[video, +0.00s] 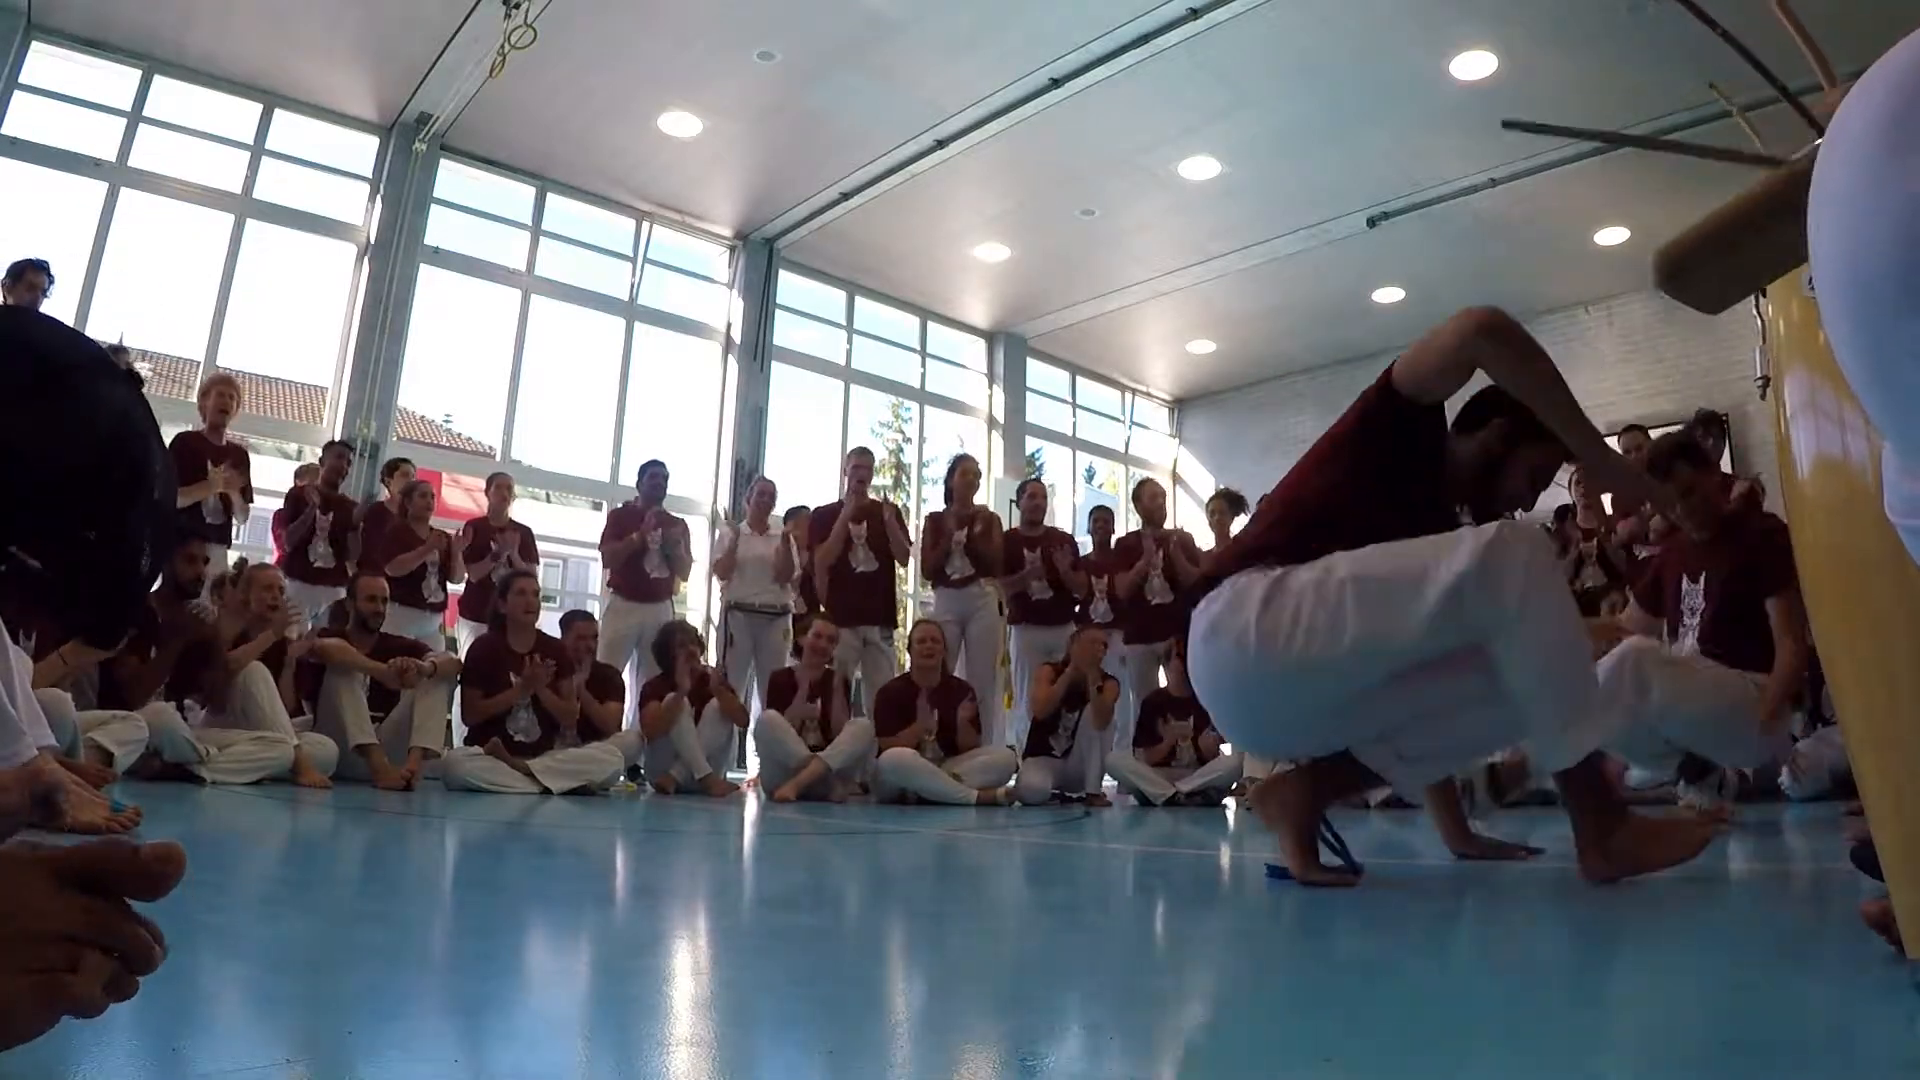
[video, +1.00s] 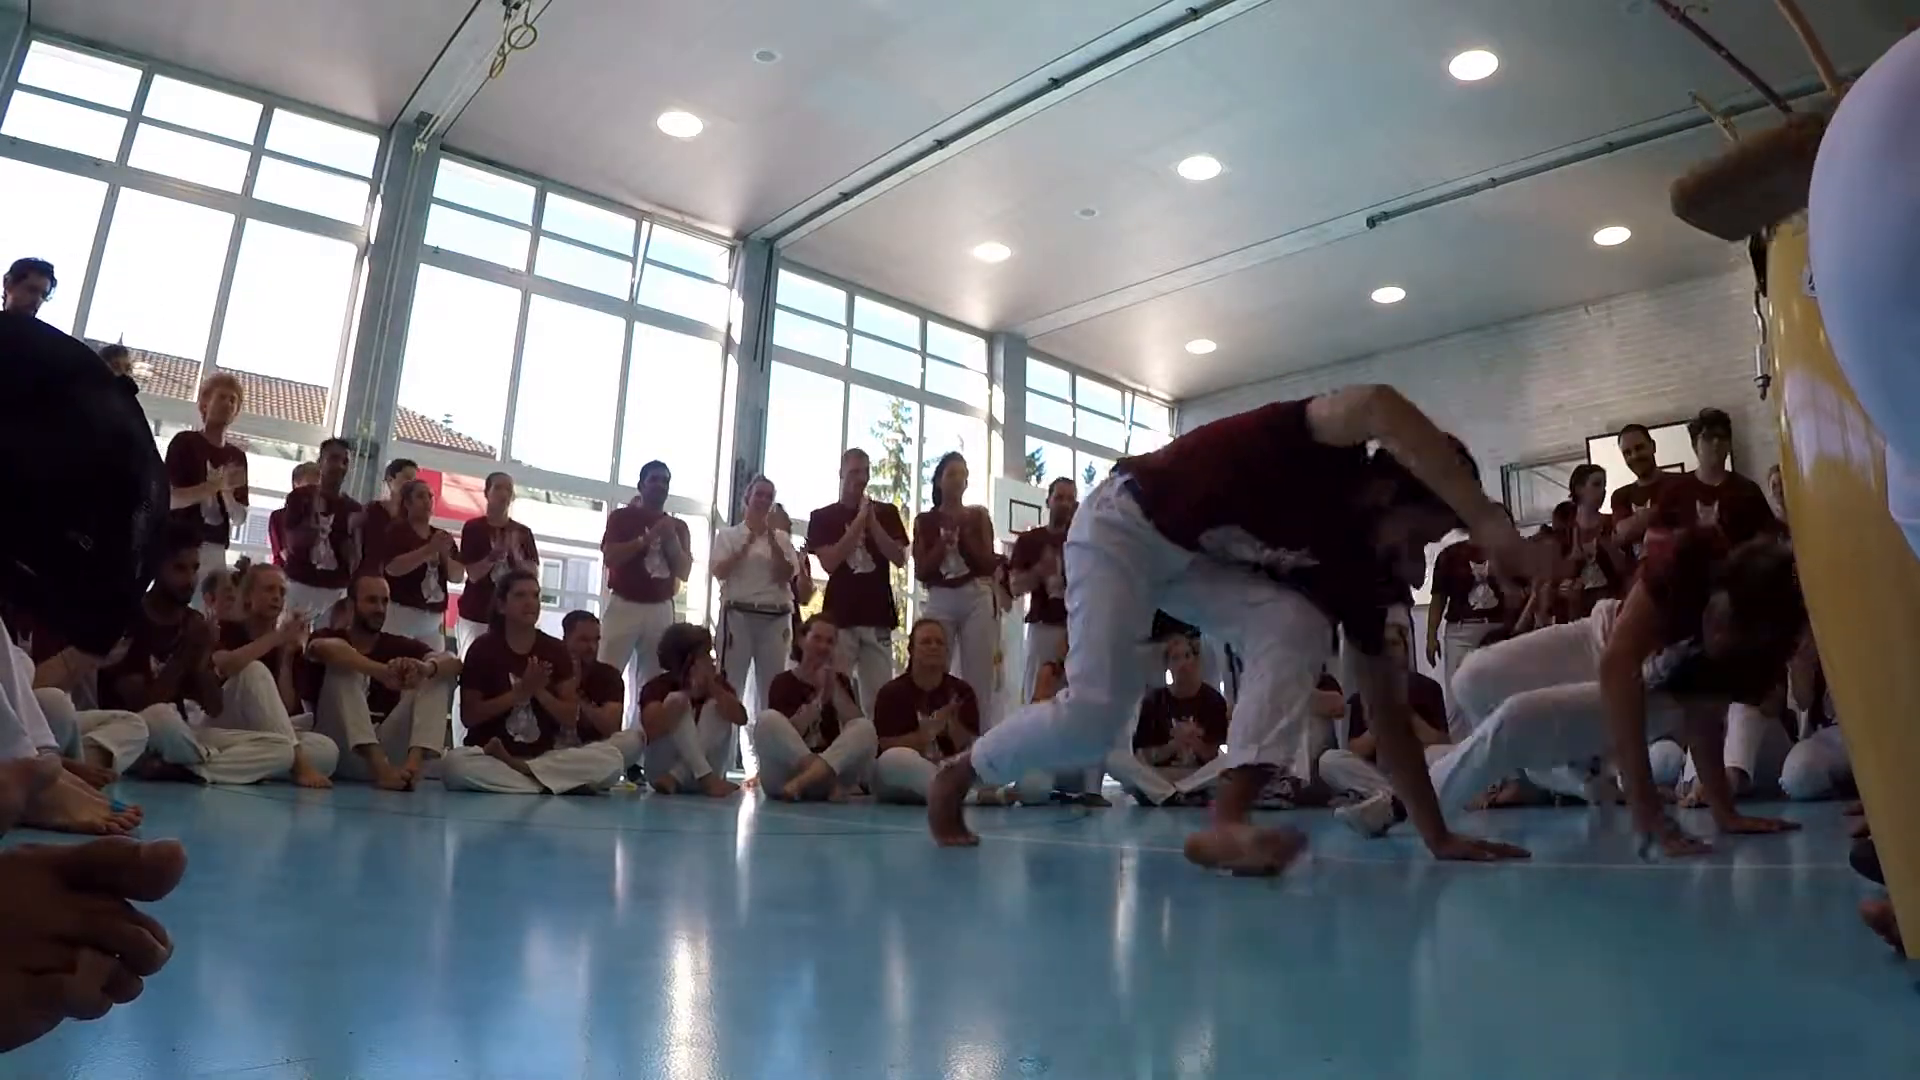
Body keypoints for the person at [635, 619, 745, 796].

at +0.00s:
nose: (690, 650)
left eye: (693, 643)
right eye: (682, 646)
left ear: (701, 647)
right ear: (669, 653)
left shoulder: (714, 680)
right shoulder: (654, 686)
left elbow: (743, 721)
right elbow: (650, 730)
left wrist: (718, 690)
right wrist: (680, 693)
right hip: (664, 771)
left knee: (719, 705)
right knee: (675, 701)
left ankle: (674, 776)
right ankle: (707, 777)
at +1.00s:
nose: (712, 658)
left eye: (710, 652)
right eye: (706, 653)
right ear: (691, 659)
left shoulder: (718, 683)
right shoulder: (656, 686)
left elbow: (740, 718)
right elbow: (651, 729)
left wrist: (711, 684)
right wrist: (689, 695)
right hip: (664, 772)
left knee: (717, 706)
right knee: (676, 701)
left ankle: (676, 776)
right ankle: (707, 777)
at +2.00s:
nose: (691, 651)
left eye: (693, 644)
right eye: (681, 647)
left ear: (699, 647)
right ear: (667, 655)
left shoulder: (714, 678)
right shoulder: (654, 686)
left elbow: (743, 721)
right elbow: (652, 729)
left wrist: (716, 691)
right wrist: (678, 692)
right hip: (663, 772)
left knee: (716, 706)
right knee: (680, 702)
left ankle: (675, 776)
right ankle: (707, 777)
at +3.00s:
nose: (688, 654)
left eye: (690, 647)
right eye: (679, 651)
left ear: (698, 648)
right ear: (665, 658)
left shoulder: (716, 681)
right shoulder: (654, 688)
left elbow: (742, 718)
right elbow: (653, 729)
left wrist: (710, 692)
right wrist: (689, 696)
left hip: (709, 770)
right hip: (664, 772)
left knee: (719, 705)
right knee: (676, 701)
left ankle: (676, 775)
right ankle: (707, 776)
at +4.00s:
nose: (687, 653)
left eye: (690, 645)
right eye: (678, 649)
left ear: (700, 649)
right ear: (665, 657)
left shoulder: (717, 683)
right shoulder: (655, 687)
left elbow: (742, 718)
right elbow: (654, 730)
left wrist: (710, 690)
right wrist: (694, 695)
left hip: (708, 771)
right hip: (665, 771)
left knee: (719, 705)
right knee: (678, 699)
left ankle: (677, 776)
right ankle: (708, 777)